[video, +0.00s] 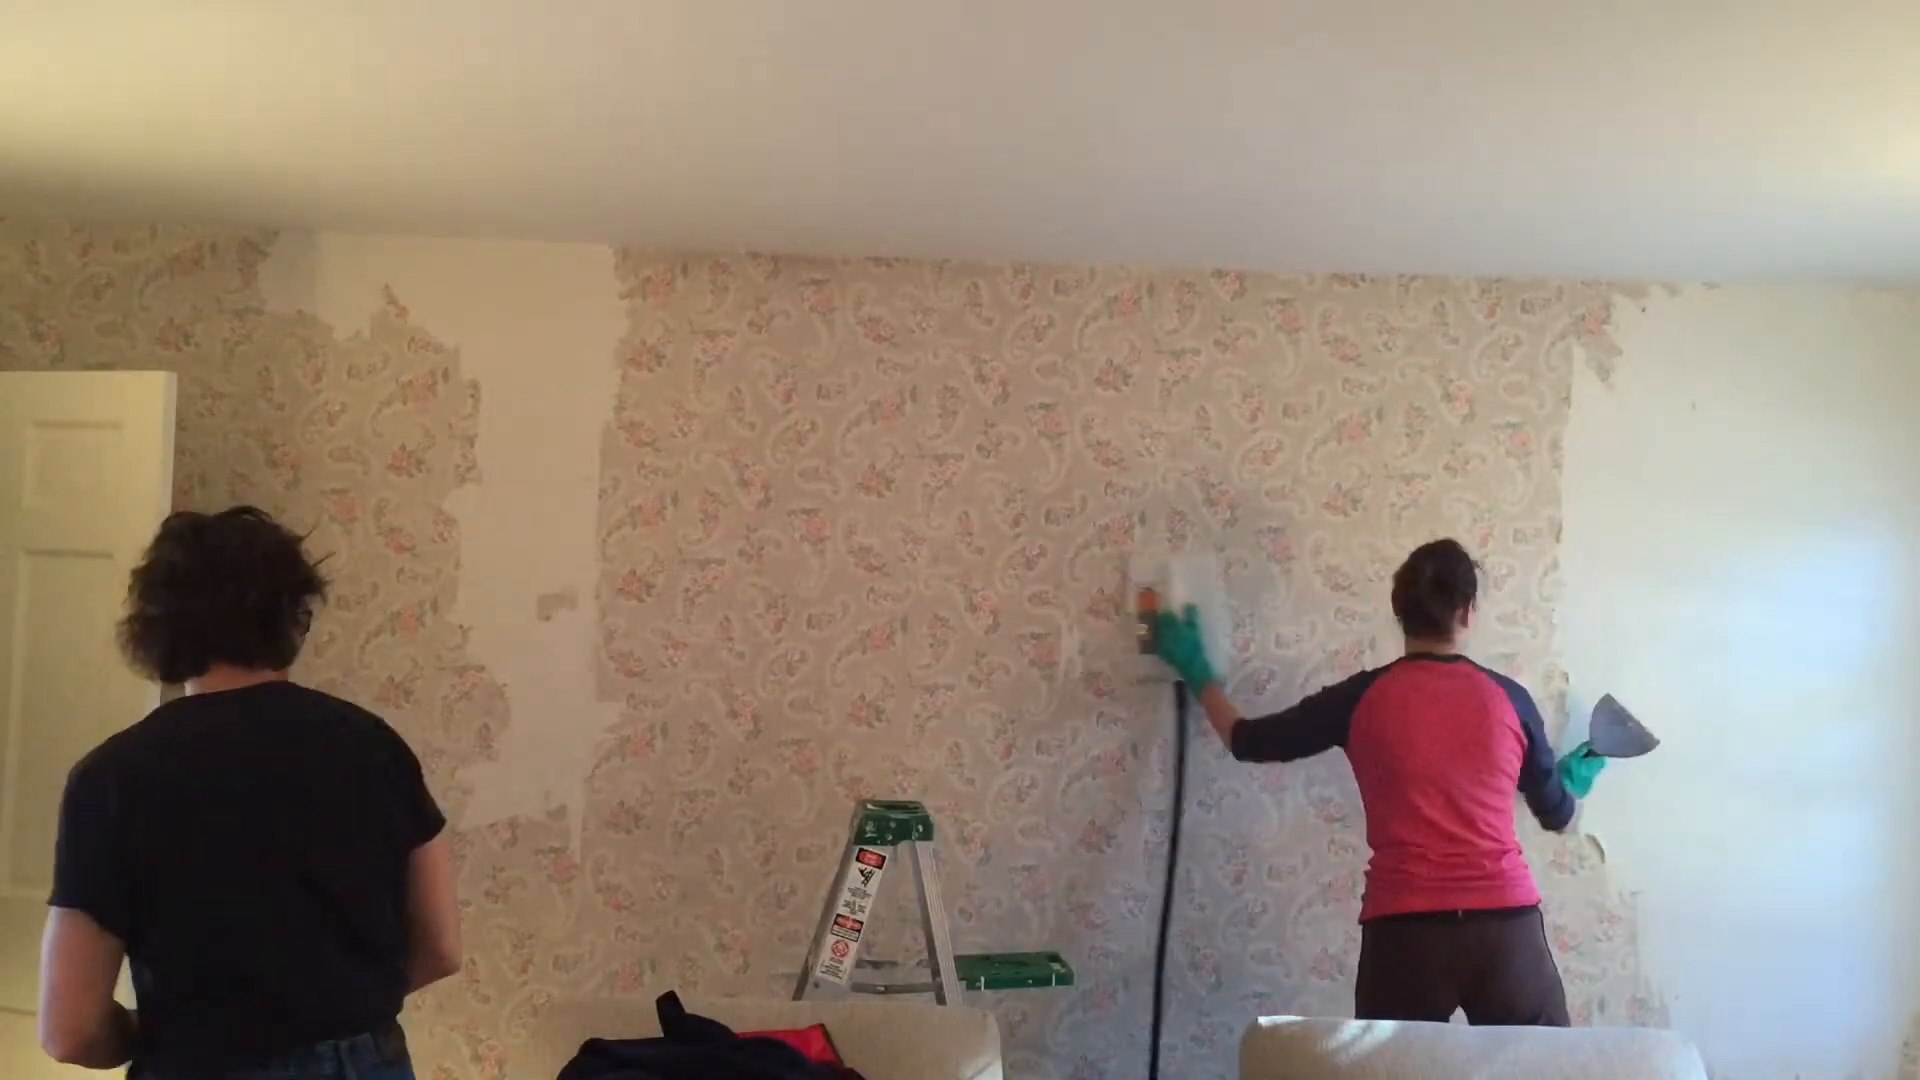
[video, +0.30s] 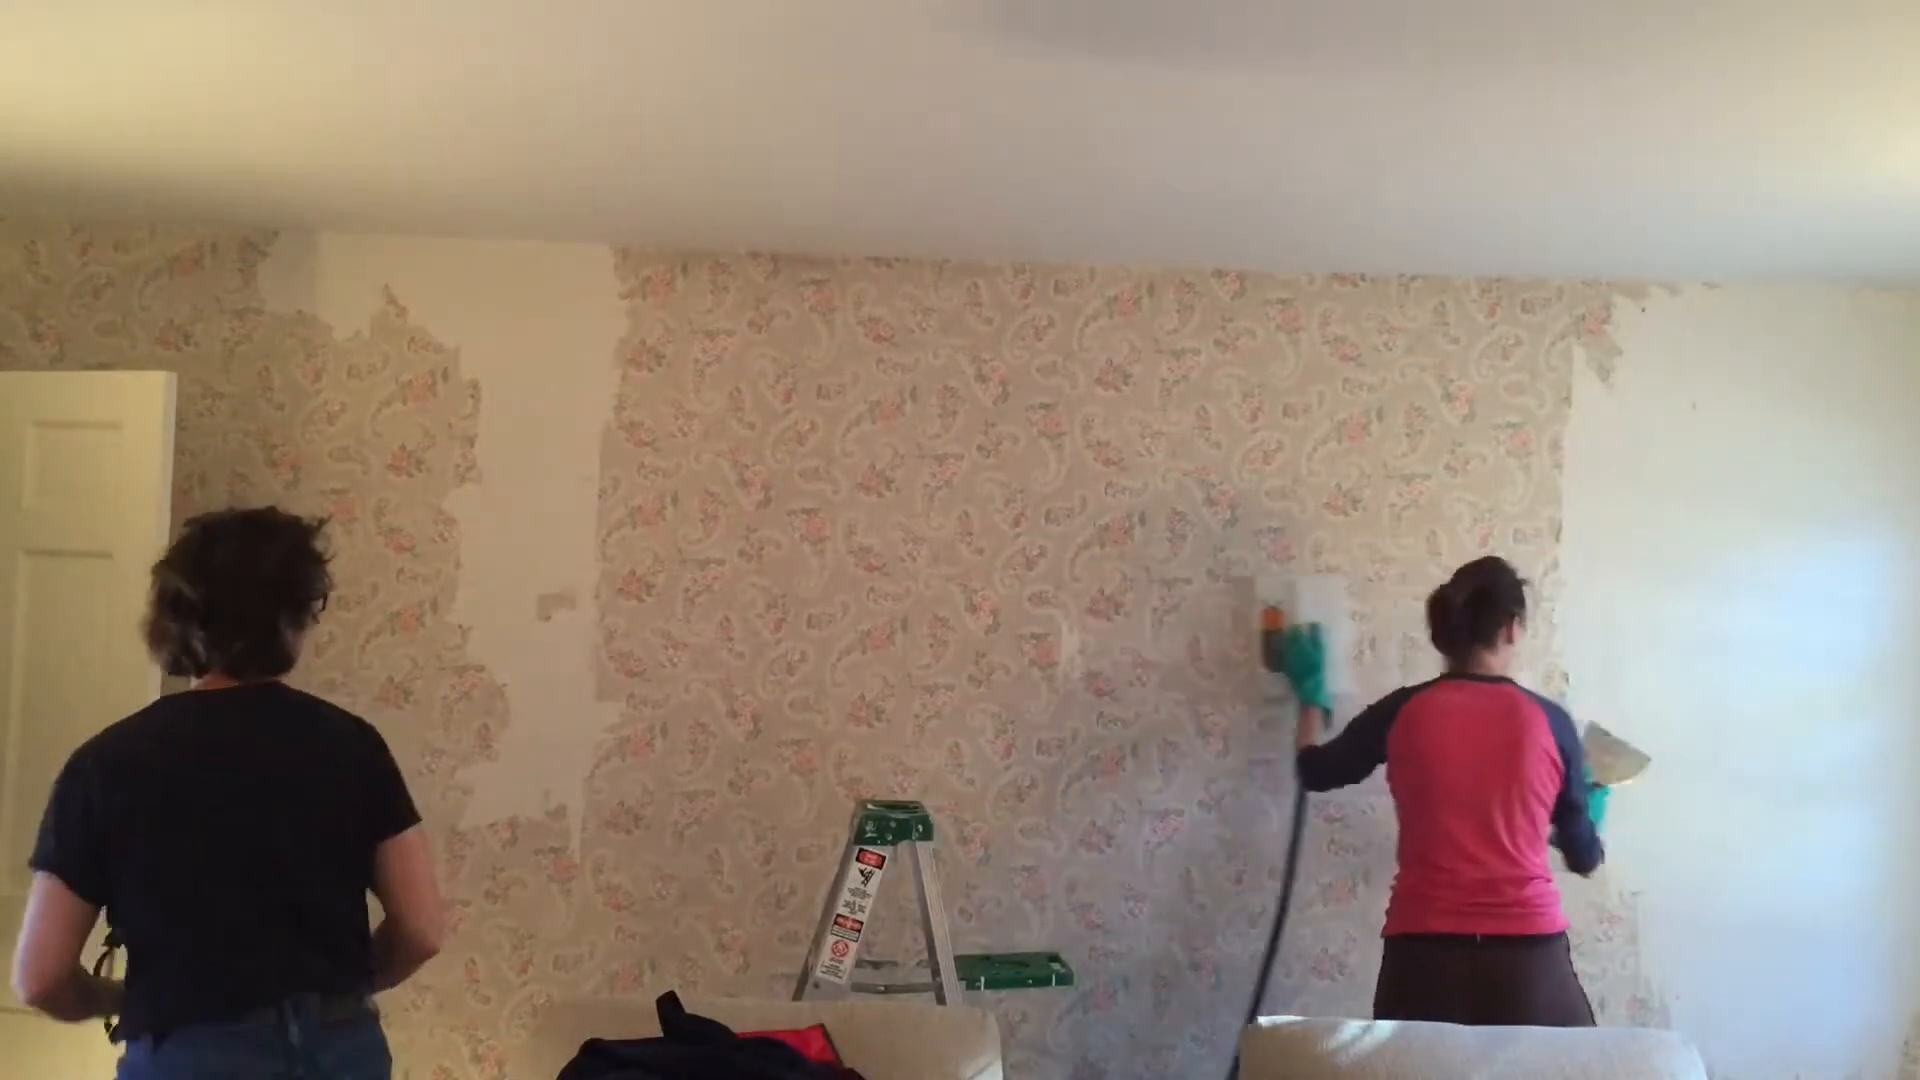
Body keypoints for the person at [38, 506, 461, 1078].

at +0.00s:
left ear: (158, 622)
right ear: (292, 613)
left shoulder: (112, 777)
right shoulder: (370, 743)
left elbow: (71, 1032)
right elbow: (438, 948)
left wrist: (173, 1030)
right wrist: (337, 994)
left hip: (196, 1066)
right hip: (364, 1059)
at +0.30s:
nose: (312, 625)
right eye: (309, 610)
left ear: (173, 617)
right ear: (294, 621)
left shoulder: (108, 762)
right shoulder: (349, 742)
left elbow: (41, 981)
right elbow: (421, 931)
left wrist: (136, 998)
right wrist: (337, 979)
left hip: (183, 1058)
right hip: (346, 1049)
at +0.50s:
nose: (338, 612)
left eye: (340, 594)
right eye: (335, 594)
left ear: (207, 603)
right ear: (301, 603)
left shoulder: (122, 740)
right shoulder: (356, 725)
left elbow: (52, 934)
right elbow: (421, 918)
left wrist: (149, 938)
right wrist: (408, 955)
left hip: (167, 1037)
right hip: (326, 1037)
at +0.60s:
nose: (354, 606)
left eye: (355, 590)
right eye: (348, 590)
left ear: (227, 598)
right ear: (312, 601)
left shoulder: (141, 728)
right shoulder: (352, 721)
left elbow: (72, 910)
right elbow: (405, 917)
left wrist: (155, 915)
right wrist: (452, 921)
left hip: (167, 1030)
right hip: (317, 1032)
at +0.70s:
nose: (364, 606)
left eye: (365, 589)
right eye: (359, 589)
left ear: (239, 594)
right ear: (324, 602)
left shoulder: (164, 718)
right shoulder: (355, 717)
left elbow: (88, 870)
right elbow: (431, 891)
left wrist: (178, 841)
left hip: (173, 1022)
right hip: (314, 1025)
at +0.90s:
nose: (388, 615)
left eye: (387, 599)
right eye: (382, 599)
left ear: (275, 602)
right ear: (345, 611)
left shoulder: (208, 718)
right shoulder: (371, 722)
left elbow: (150, 838)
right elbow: (474, 867)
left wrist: (236, 796)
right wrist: (558, 802)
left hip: (203, 1005)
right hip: (323, 1015)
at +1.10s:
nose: (431, 649)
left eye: (436, 631)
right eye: (428, 628)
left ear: (336, 619)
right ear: (385, 622)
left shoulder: (266, 712)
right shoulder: (391, 721)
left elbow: (230, 853)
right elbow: (454, 878)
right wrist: (557, 852)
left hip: (234, 986)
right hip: (338, 1002)